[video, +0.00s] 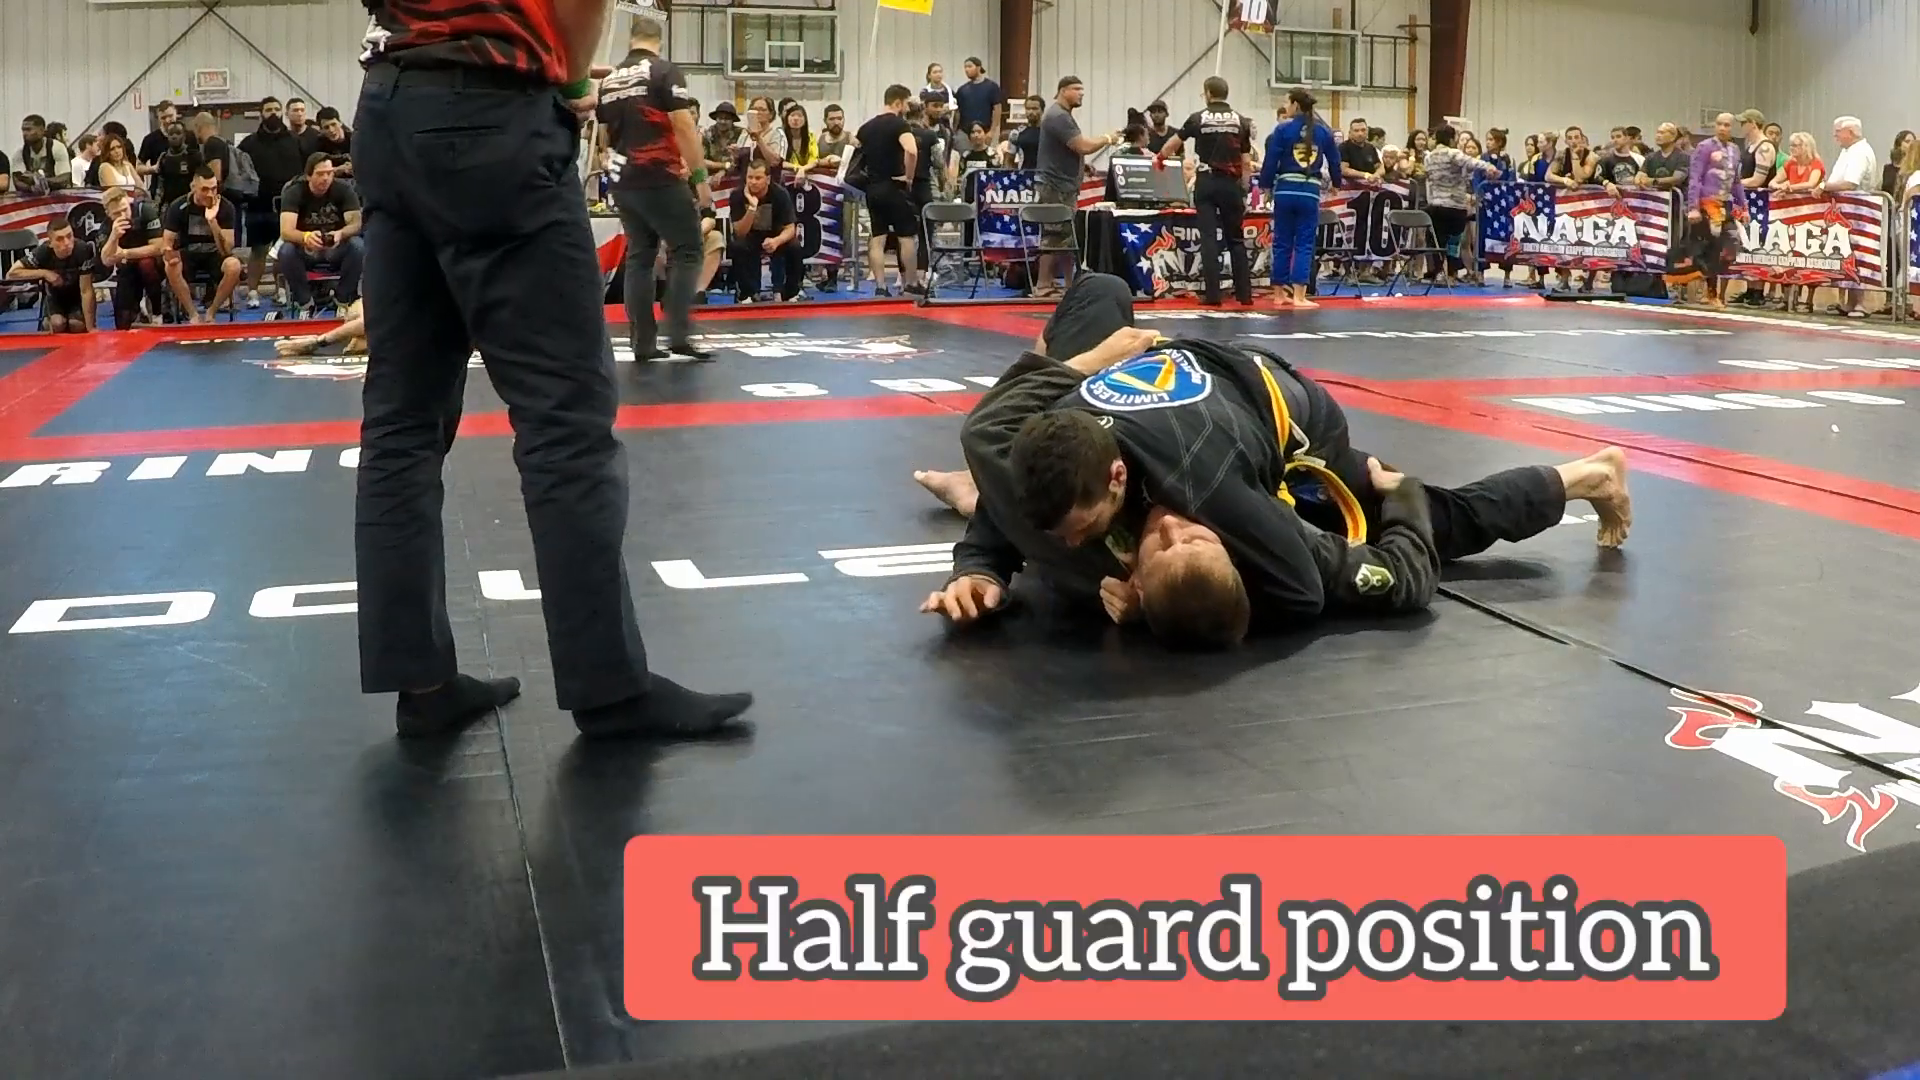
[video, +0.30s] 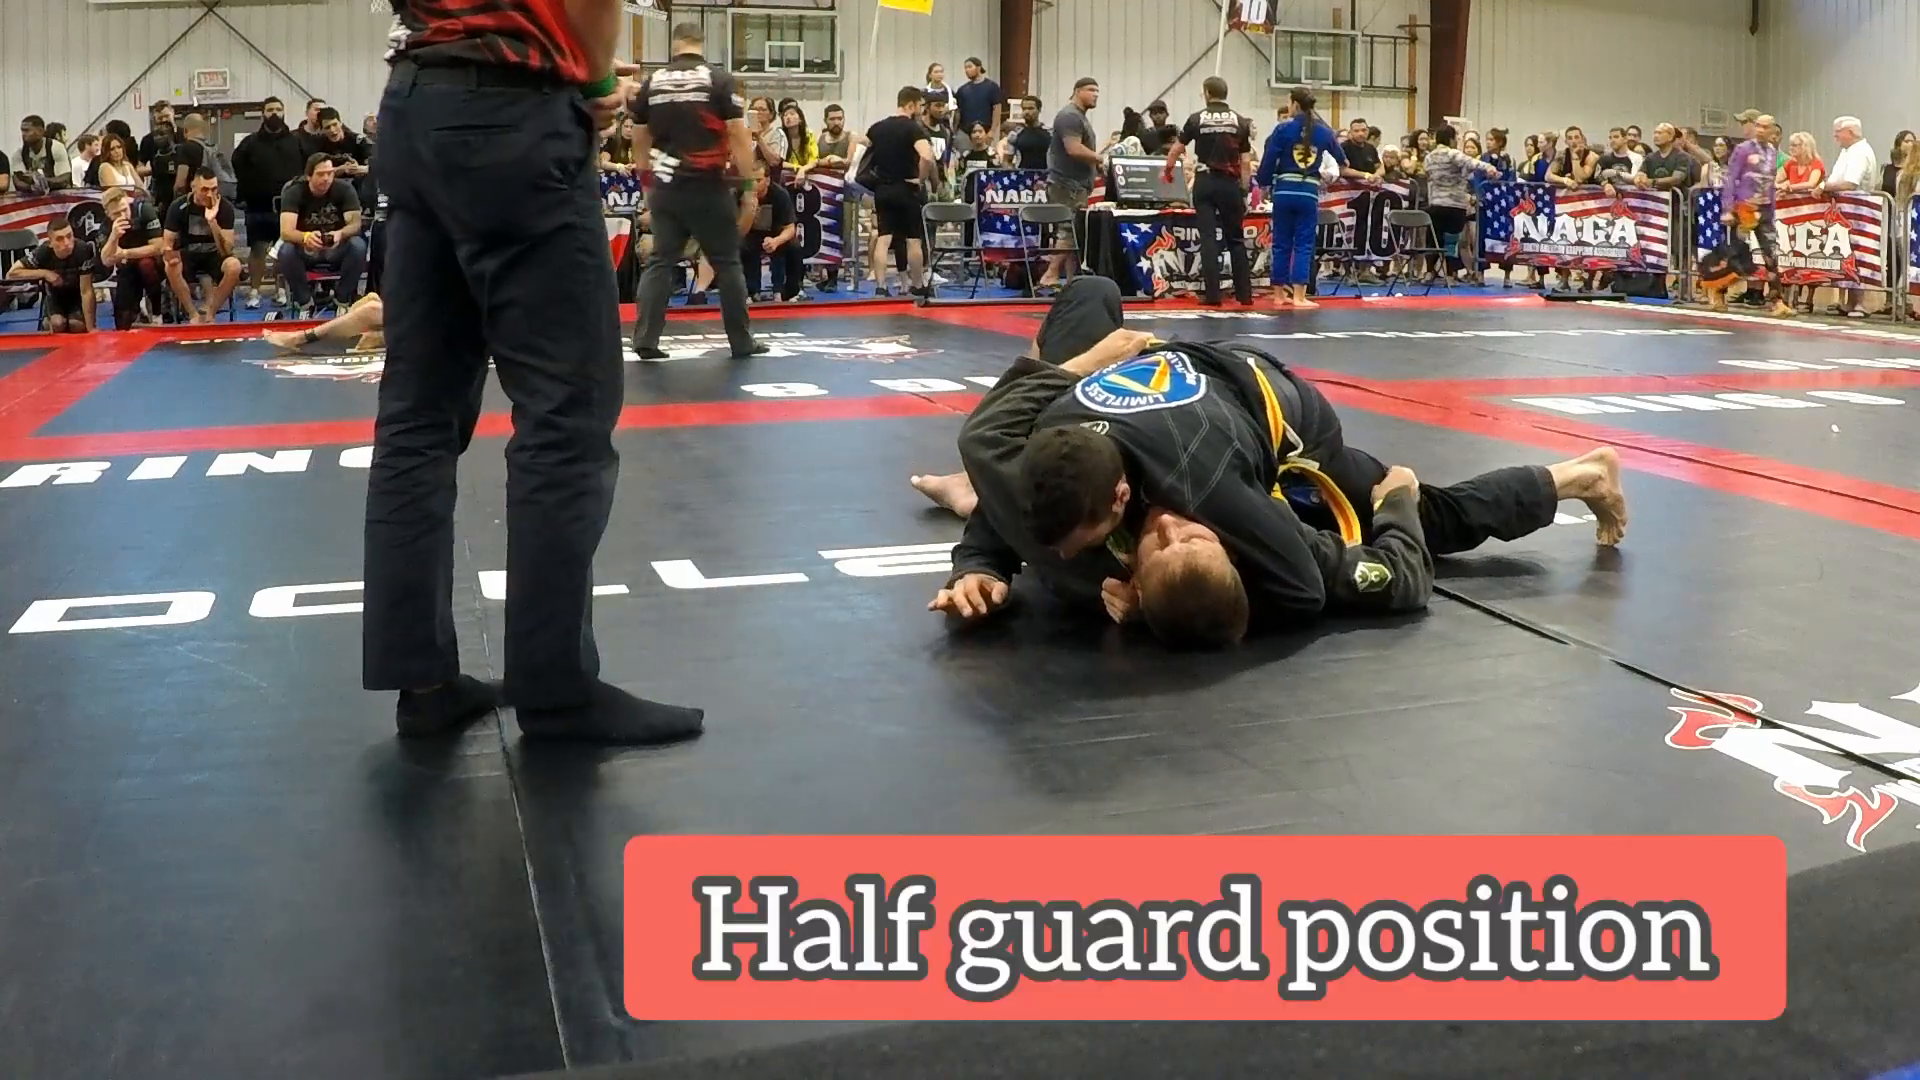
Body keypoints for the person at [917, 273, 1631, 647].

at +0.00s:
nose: (1068, 543)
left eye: (1092, 536)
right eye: (1055, 536)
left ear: (1115, 482)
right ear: (1016, 485)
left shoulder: (1201, 493)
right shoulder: (1012, 455)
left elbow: (1309, 595)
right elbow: (996, 534)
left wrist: (1142, 604)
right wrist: (976, 573)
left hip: (1287, 415)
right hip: (1193, 358)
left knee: (1416, 529)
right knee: (1093, 289)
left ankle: (1588, 474)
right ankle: (985, 533)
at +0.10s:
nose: (1064, 543)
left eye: (1080, 536)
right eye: (1050, 536)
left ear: (1114, 487)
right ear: (1017, 485)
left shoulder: (1200, 489)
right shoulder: (1014, 454)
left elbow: (1306, 598)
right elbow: (995, 533)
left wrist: (1148, 603)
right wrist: (979, 571)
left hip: (1279, 406)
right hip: (1181, 357)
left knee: (1403, 513)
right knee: (1091, 290)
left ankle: (1588, 476)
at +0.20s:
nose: (1162, 536)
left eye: (1102, 541)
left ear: (1118, 500)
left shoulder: (1201, 494)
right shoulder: (1012, 460)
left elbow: (1306, 594)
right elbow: (996, 536)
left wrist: (1145, 605)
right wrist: (978, 574)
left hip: (1273, 403)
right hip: (1172, 356)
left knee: (1407, 518)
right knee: (1086, 292)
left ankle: (1583, 477)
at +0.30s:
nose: (1171, 534)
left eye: (1137, 546)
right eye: (1181, 543)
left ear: (1118, 511)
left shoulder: (1201, 491)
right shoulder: (1010, 462)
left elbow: (1307, 591)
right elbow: (994, 538)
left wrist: (1134, 598)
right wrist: (977, 573)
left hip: (1271, 401)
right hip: (1173, 354)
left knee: (1414, 522)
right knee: (1080, 292)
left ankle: (1580, 476)